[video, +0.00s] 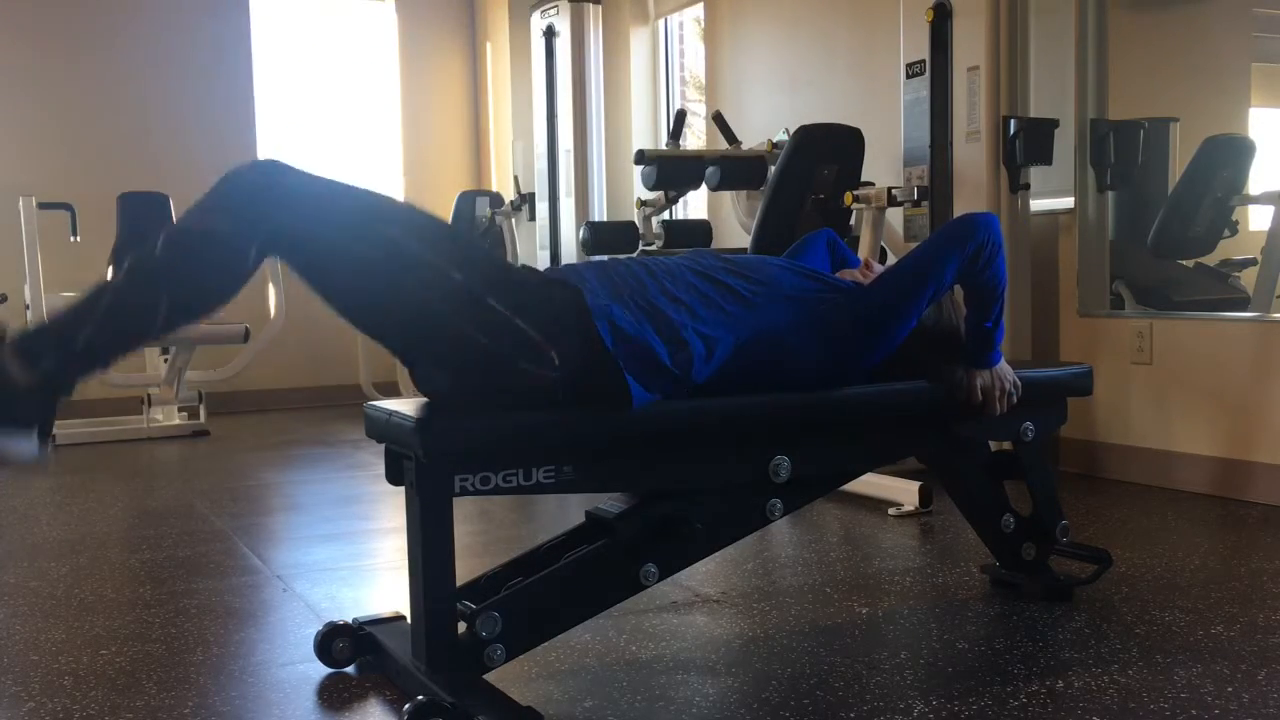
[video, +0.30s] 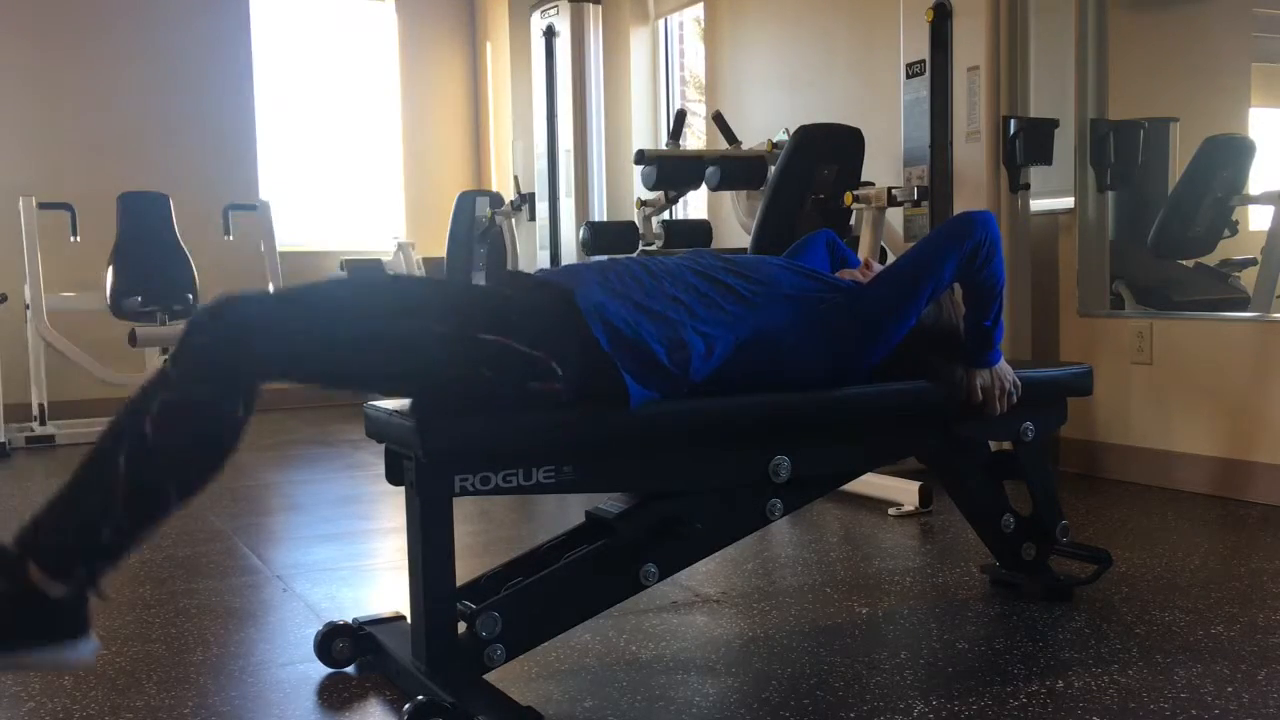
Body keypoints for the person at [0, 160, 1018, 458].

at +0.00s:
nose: (866, 245)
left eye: (886, 252)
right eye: (865, 239)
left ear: (894, 298)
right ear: (838, 253)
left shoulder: (851, 326)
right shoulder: (784, 278)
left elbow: (984, 232)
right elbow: (820, 169)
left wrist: (936, 309)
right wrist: (861, 244)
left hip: (543, 341)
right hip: (512, 298)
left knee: (262, 196)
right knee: (273, 182)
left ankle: (46, 363)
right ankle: (172, 277)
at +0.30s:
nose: (867, 243)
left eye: (888, 249)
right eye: (864, 233)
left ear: (884, 277)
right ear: (837, 245)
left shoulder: (856, 316)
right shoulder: (773, 280)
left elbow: (976, 230)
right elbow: (809, 166)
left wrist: (970, 345)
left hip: (558, 343)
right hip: (512, 297)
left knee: (234, 335)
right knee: (246, 318)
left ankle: (51, 577)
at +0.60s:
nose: (868, 241)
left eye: (887, 243)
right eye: (864, 229)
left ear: (883, 272)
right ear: (835, 240)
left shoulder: (857, 314)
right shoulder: (774, 279)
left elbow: (971, 229)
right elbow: (815, 164)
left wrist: (961, 351)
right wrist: (871, 239)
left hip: (561, 339)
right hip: (518, 294)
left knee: (232, 315)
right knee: (276, 290)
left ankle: (83, 574)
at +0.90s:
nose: (871, 249)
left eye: (888, 256)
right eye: (873, 241)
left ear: (892, 292)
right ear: (849, 258)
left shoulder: (854, 325)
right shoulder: (779, 286)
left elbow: (974, 226)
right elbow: (813, 171)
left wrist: (966, 339)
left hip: (553, 358)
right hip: (537, 309)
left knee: (338, 123)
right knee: (336, 114)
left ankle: (67, 194)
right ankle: (100, 199)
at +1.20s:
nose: (867, 259)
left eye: (881, 267)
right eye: (867, 256)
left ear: (885, 297)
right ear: (848, 274)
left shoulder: (866, 325)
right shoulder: (796, 286)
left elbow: (980, 229)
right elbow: (815, 236)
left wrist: (989, 353)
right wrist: (866, 275)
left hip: (571, 346)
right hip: (529, 321)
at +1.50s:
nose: (886, 257)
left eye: (899, 272)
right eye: (895, 260)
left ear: (911, 314)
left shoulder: (872, 332)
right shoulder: (834, 288)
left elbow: (991, 235)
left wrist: (994, 351)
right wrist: (860, 272)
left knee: (527, 201)